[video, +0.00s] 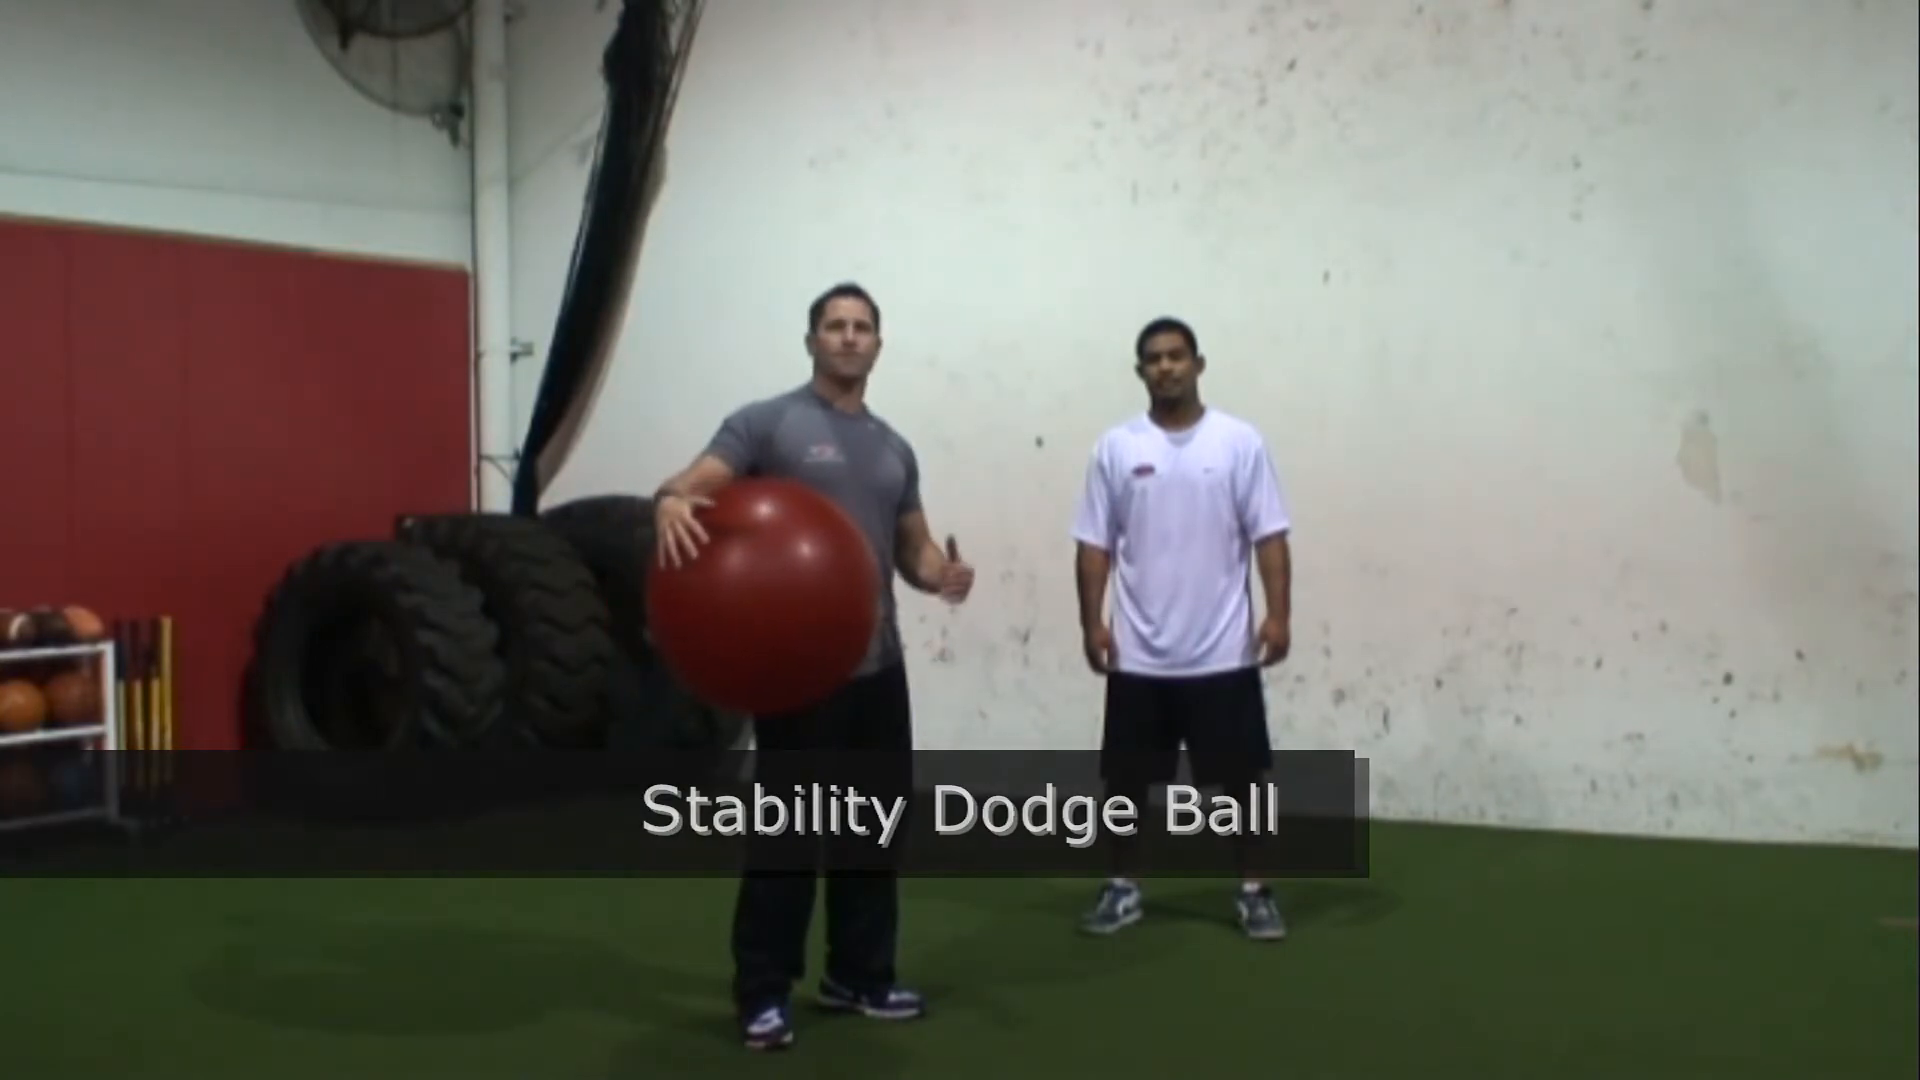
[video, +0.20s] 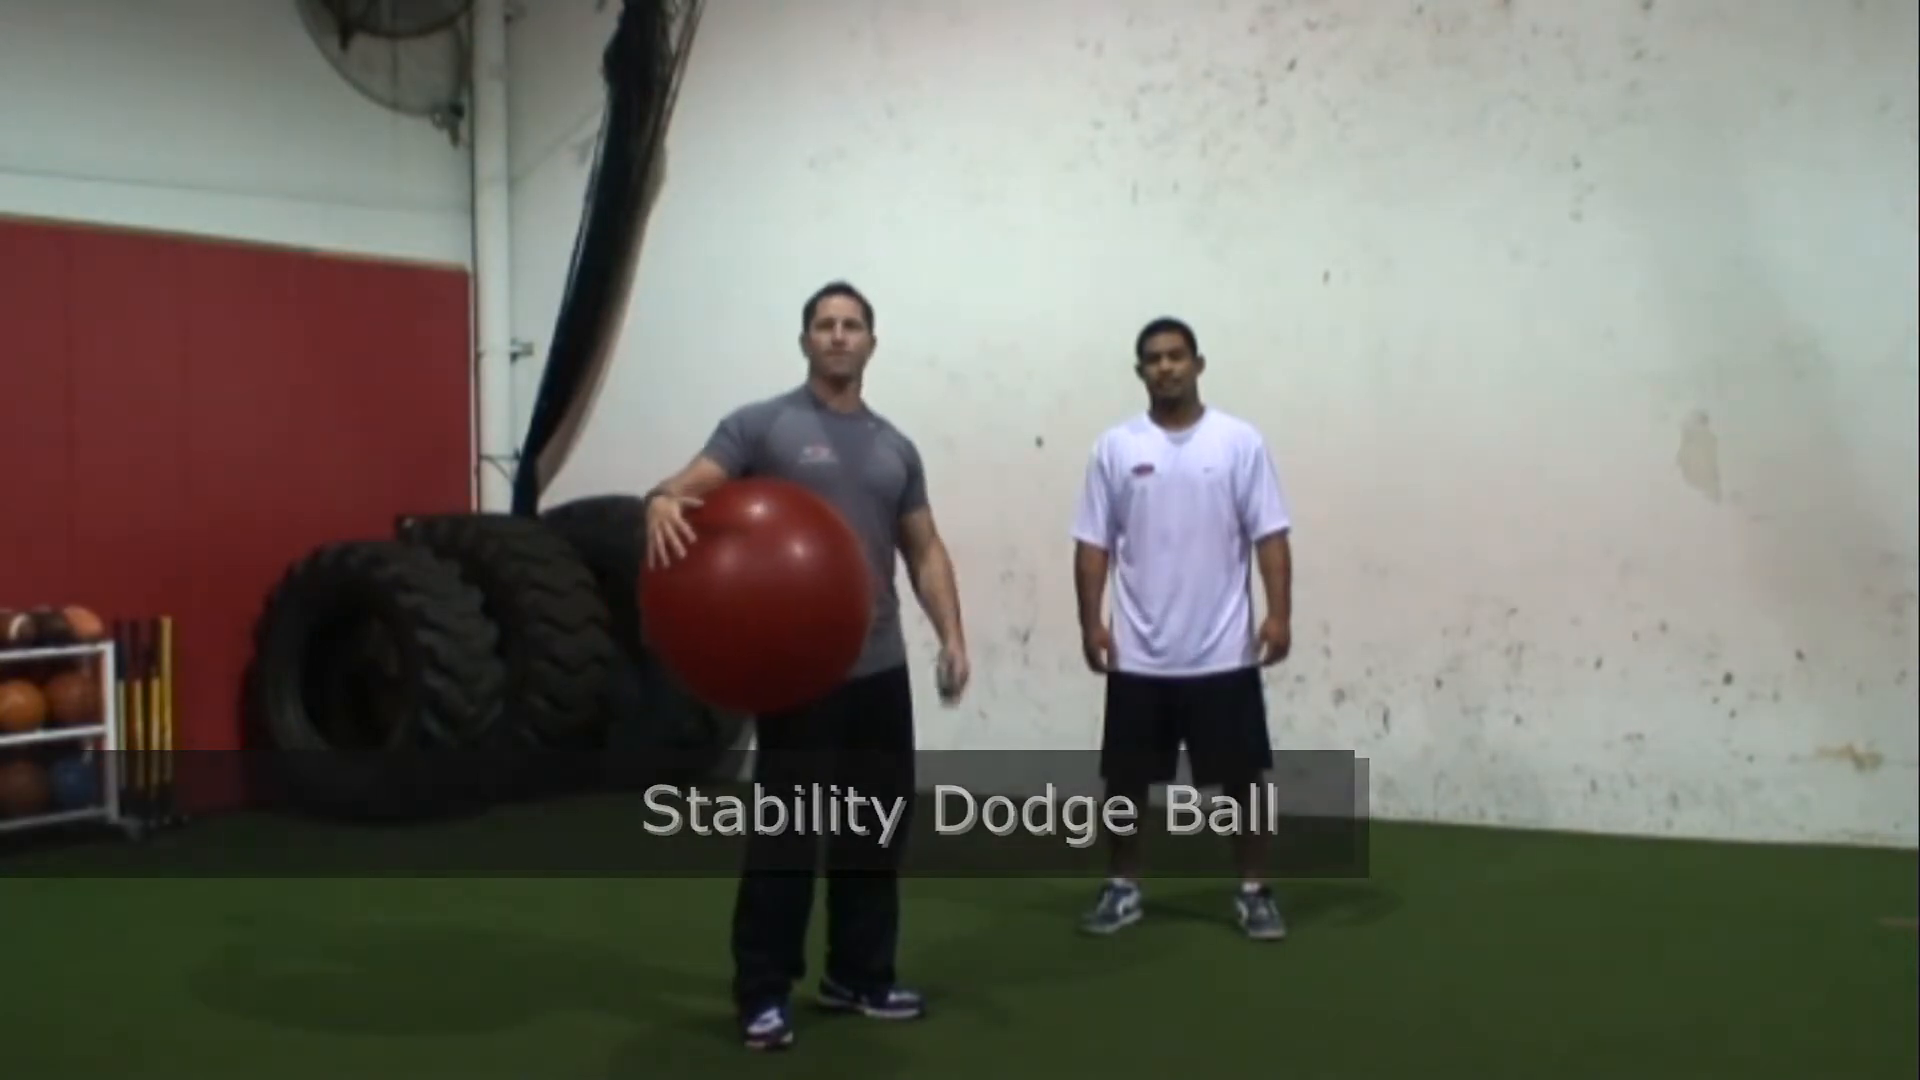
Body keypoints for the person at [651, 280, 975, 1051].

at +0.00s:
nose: (850, 338)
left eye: (862, 328)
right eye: (837, 327)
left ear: (879, 344)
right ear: (812, 340)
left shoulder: (894, 450)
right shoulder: (765, 422)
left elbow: (913, 545)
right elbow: (694, 483)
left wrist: (940, 570)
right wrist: (669, 501)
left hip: (875, 668)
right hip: (790, 669)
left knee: (875, 824)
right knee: (786, 828)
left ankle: (861, 976)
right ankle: (764, 994)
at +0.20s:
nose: (838, 337)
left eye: (851, 326)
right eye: (826, 326)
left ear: (872, 342)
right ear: (805, 340)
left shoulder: (896, 449)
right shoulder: (760, 424)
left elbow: (923, 548)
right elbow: (691, 484)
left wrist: (952, 636)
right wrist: (660, 501)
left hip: (878, 667)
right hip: (790, 669)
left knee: (875, 824)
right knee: (785, 828)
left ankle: (861, 976)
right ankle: (764, 993)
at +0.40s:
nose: (834, 334)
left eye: (847, 324)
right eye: (821, 324)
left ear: (869, 341)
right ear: (800, 340)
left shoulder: (899, 444)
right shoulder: (756, 426)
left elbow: (929, 552)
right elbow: (686, 484)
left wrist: (941, 657)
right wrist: (646, 501)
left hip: (878, 669)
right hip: (790, 671)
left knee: (876, 831)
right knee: (781, 833)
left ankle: (861, 977)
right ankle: (765, 994)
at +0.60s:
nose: (834, 336)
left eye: (847, 325)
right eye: (821, 324)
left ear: (868, 341)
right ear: (800, 340)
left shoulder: (900, 442)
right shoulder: (756, 427)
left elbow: (928, 550)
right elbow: (686, 482)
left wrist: (937, 657)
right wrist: (640, 501)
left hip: (878, 670)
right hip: (789, 672)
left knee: (875, 834)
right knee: (777, 836)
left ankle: (861, 977)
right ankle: (765, 995)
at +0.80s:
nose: (837, 336)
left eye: (850, 326)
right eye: (824, 325)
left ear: (871, 342)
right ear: (802, 339)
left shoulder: (898, 445)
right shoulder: (756, 425)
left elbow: (926, 551)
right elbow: (686, 481)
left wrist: (943, 650)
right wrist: (643, 500)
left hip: (877, 669)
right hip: (790, 672)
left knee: (875, 829)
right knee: (778, 836)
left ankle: (860, 975)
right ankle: (764, 993)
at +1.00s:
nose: (841, 337)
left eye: (854, 326)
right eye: (828, 325)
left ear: (874, 343)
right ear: (806, 339)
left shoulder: (897, 447)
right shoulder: (757, 425)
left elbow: (923, 549)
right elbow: (687, 481)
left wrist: (941, 644)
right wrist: (648, 499)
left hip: (877, 669)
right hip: (789, 670)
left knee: (874, 827)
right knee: (779, 834)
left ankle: (860, 975)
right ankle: (764, 993)